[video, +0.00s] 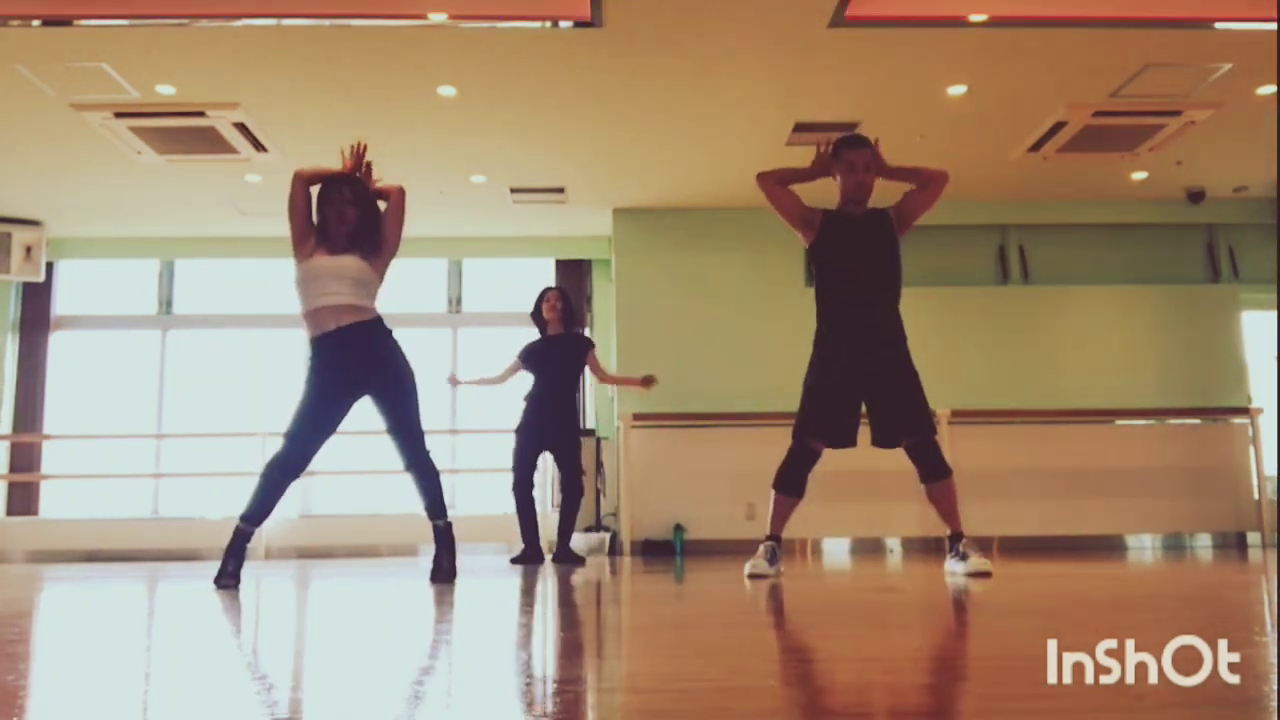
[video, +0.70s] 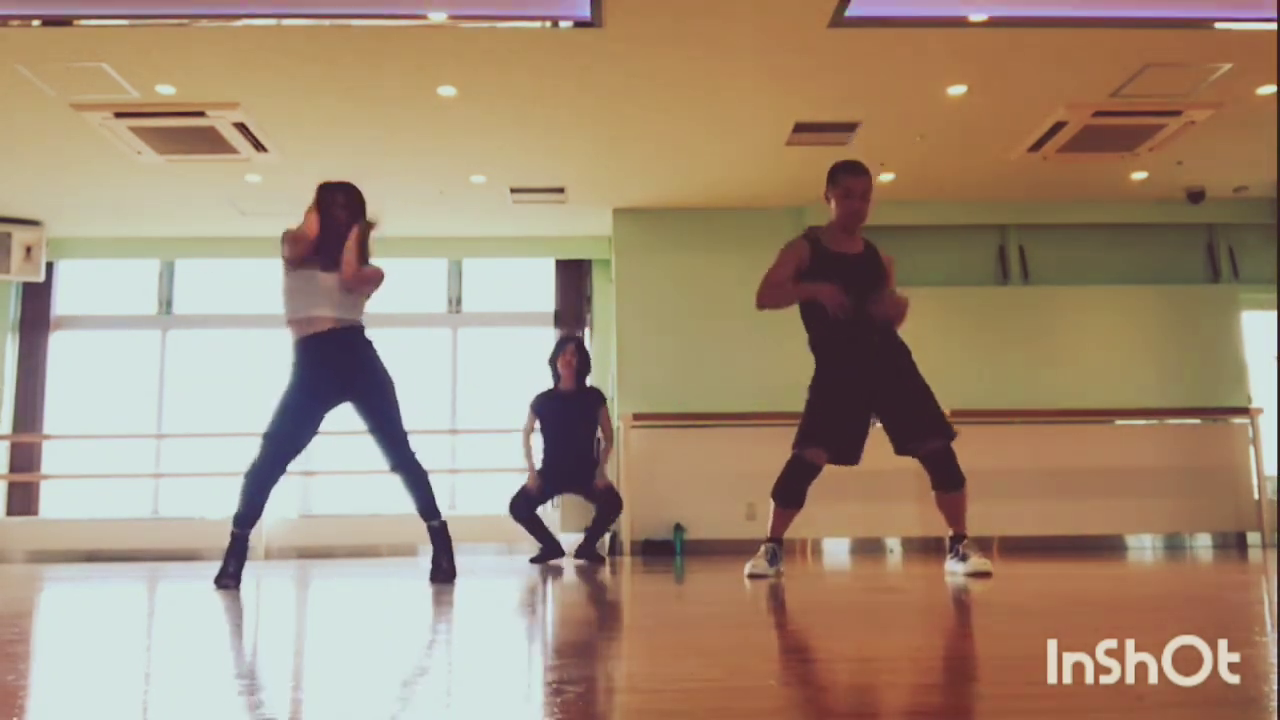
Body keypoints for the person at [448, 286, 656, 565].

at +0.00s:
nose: (552, 304)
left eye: (558, 300)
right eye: (547, 301)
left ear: (566, 307)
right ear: (540, 309)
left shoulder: (580, 342)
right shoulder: (534, 348)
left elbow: (602, 377)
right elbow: (501, 378)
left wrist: (637, 382)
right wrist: (462, 382)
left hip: (565, 423)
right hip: (533, 423)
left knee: (573, 488)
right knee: (521, 484)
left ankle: (562, 548)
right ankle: (532, 548)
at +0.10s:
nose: (556, 301)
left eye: (561, 297)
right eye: (551, 297)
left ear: (569, 304)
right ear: (542, 305)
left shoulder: (580, 336)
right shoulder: (530, 341)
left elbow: (600, 367)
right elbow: (511, 364)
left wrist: (619, 388)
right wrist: (499, 379)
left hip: (568, 421)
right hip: (535, 420)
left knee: (574, 485)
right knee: (523, 483)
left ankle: (563, 548)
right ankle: (531, 548)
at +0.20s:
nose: (559, 288)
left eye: (563, 284)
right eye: (554, 283)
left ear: (569, 290)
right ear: (544, 288)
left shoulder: (580, 320)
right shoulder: (531, 322)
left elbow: (581, 359)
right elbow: (525, 363)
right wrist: (537, 396)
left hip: (571, 402)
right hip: (541, 402)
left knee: (572, 474)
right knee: (534, 474)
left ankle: (567, 541)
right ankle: (533, 543)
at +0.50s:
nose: (562, 322)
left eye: (568, 317)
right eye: (557, 317)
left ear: (577, 324)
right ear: (548, 324)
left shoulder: (589, 359)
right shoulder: (538, 364)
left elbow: (598, 400)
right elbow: (528, 401)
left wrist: (570, 416)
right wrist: (549, 421)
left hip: (582, 431)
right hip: (551, 430)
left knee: (598, 490)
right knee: (536, 491)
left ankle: (585, 547)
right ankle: (553, 547)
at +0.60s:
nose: (565, 340)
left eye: (571, 335)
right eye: (560, 335)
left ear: (579, 343)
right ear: (552, 343)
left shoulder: (591, 379)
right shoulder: (541, 383)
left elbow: (601, 422)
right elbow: (530, 424)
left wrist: (586, 448)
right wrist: (541, 451)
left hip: (583, 451)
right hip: (551, 452)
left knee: (607, 500)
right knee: (526, 503)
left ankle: (586, 548)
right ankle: (552, 548)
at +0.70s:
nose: (569, 359)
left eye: (574, 355)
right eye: (563, 354)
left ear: (583, 361)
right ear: (555, 361)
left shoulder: (593, 397)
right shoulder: (543, 400)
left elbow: (608, 436)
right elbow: (527, 433)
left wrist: (601, 470)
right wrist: (532, 471)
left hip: (584, 474)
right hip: (552, 474)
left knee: (612, 504)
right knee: (519, 507)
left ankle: (587, 546)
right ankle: (551, 546)